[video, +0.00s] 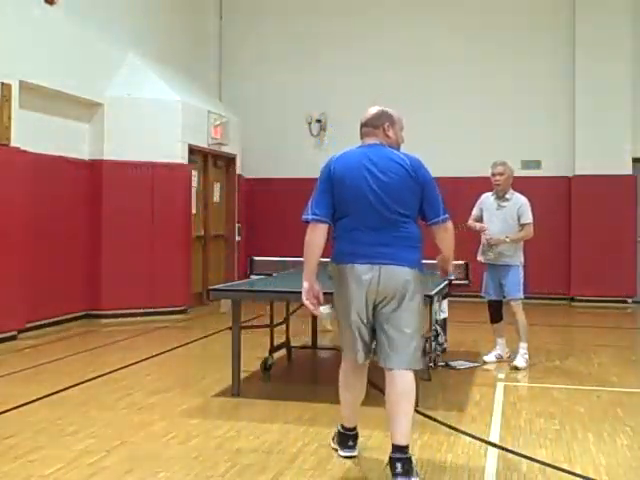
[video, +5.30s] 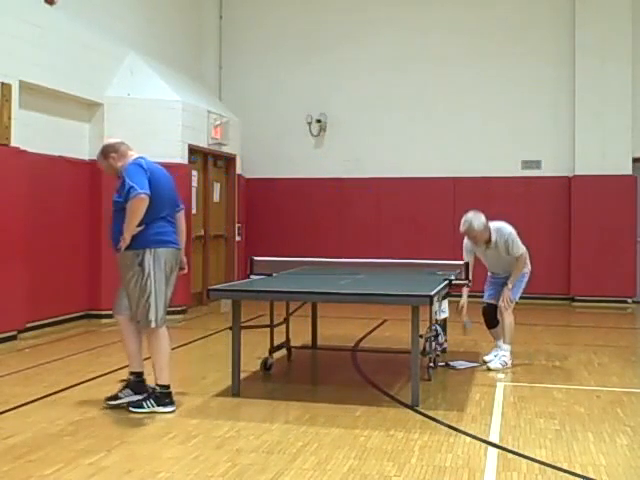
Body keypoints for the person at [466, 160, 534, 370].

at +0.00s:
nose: (496, 179)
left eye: (500, 175)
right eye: (493, 175)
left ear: (511, 177)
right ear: (490, 178)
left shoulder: (521, 202)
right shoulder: (484, 200)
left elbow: (528, 232)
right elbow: (471, 221)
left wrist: (504, 239)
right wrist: (479, 226)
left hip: (512, 262)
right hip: (491, 261)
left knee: (515, 304)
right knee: (493, 305)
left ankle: (523, 349)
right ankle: (500, 347)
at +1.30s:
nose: (508, 178)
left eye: (513, 174)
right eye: (505, 174)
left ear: (522, 177)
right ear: (501, 177)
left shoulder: (531, 200)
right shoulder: (494, 199)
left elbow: (538, 227)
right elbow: (486, 225)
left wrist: (518, 210)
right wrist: (480, 225)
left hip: (520, 260)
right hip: (497, 259)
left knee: (523, 305)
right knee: (497, 305)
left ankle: (526, 349)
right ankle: (501, 347)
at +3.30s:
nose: (502, 187)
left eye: (505, 183)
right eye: (499, 183)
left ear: (517, 180)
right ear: (497, 183)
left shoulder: (531, 200)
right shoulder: (495, 198)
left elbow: (537, 228)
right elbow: (483, 224)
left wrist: (512, 224)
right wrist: (483, 215)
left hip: (520, 261)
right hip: (498, 259)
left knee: (523, 305)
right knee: (498, 304)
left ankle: (526, 349)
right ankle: (501, 347)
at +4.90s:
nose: (483, 194)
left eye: (486, 189)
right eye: (481, 190)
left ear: (497, 184)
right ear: (479, 188)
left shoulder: (513, 203)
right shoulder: (478, 203)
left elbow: (523, 234)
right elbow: (470, 227)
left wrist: (500, 252)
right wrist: (474, 240)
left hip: (508, 263)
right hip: (487, 263)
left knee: (505, 303)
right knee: (491, 304)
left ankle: (513, 349)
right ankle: (500, 345)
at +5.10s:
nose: (476, 209)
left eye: (479, 206)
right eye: (474, 206)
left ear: (490, 200)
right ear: (473, 203)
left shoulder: (509, 212)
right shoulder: (474, 213)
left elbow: (518, 244)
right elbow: (472, 240)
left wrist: (504, 269)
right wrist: (473, 261)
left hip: (510, 263)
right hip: (489, 264)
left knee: (506, 305)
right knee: (489, 306)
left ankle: (506, 352)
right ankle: (499, 346)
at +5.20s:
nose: (471, 223)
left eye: (474, 220)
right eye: (470, 220)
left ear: (485, 214)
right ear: (469, 216)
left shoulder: (507, 222)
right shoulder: (471, 227)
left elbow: (519, 251)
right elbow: (470, 254)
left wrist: (507, 280)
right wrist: (469, 282)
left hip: (514, 267)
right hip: (492, 268)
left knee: (504, 306)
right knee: (488, 309)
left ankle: (506, 352)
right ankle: (500, 346)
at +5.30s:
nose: (470, 239)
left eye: (472, 235)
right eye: (468, 236)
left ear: (483, 229)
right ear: (466, 233)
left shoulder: (505, 232)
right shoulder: (469, 242)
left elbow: (522, 257)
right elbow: (467, 271)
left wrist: (509, 286)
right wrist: (464, 296)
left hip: (517, 271)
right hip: (495, 273)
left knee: (504, 307)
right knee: (488, 310)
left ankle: (506, 352)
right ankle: (499, 347)